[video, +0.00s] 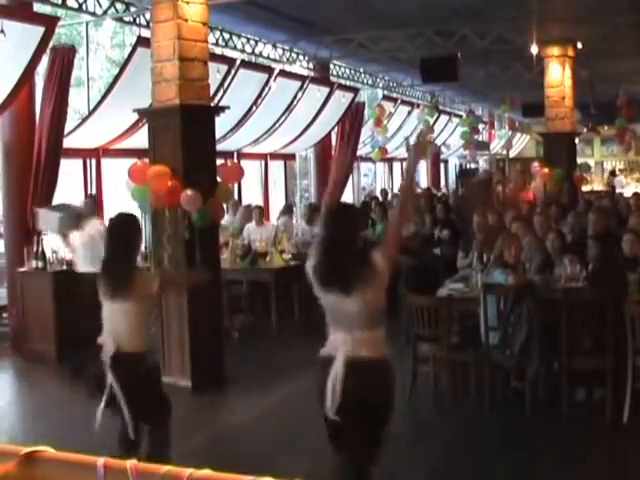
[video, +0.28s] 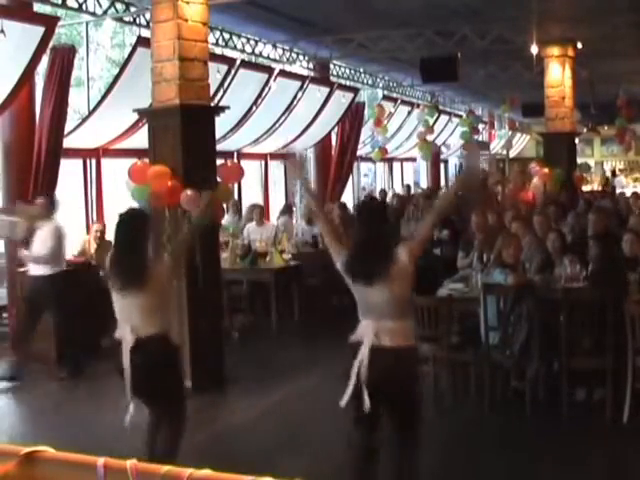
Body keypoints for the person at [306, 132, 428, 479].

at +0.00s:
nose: (366, 229)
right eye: (362, 225)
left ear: (326, 233)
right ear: (360, 234)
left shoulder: (318, 271)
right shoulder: (378, 268)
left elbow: (329, 211)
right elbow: (400, 217)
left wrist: (341, 164)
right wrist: (413, 161)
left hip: (335, 360)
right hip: (375, 361)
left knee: (343, 452)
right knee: (366, 454)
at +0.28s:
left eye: (363, 220)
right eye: (389, 219)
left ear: (357, 230)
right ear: (391, 227)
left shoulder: (350, 266)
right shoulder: (404, 259)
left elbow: (325, 226)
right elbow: (432, 218)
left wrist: (307, 188)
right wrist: (461, 182)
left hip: (367, 351)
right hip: (401, 351)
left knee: (364, 427)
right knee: (405, 431)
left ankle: (363, 472)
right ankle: (404, 472)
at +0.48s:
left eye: (367, 220)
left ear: (369, 226)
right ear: (401, 223)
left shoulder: (360, 259)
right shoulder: (421, 251)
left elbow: (325, 238)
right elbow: (464, 228)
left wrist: (298, 217)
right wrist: (504, 204)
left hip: (382, 346)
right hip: (415, 343)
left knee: (393, 418)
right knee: (416, 419)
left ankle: (386, 470)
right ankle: (413, 471)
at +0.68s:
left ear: (380, 226)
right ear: (413, 224)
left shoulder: (369, 262)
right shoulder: (430, 256)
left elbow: (331, 253)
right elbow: (475, 244)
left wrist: (304, 245)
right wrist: (524, 228)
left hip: (383, 347)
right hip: (417, 347)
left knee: (393, 419)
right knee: (420, 417)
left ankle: (396, 465)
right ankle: (416, 466)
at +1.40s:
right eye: (407, 226)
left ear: (376, 231)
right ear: (406, 230)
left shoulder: (362, 267)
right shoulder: (423, 255)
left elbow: (316, 275)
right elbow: (465, 264)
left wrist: (282, 268)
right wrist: (508, 271)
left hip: (380, 341)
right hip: (417, 343)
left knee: (368, 404)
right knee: (392, 392)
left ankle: (375, 463)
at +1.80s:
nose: (415, 225)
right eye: (412, 218)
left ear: (377, 224)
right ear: (408, 224)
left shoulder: (363, 258)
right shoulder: (421, 252)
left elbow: (319, 264)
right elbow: (460, 263)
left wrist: (288, 257)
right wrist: (501, 256)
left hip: (378, 335)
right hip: (416, 335)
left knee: (377, 413)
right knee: (412, 409)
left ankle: (381, 469)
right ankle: (418, 465)